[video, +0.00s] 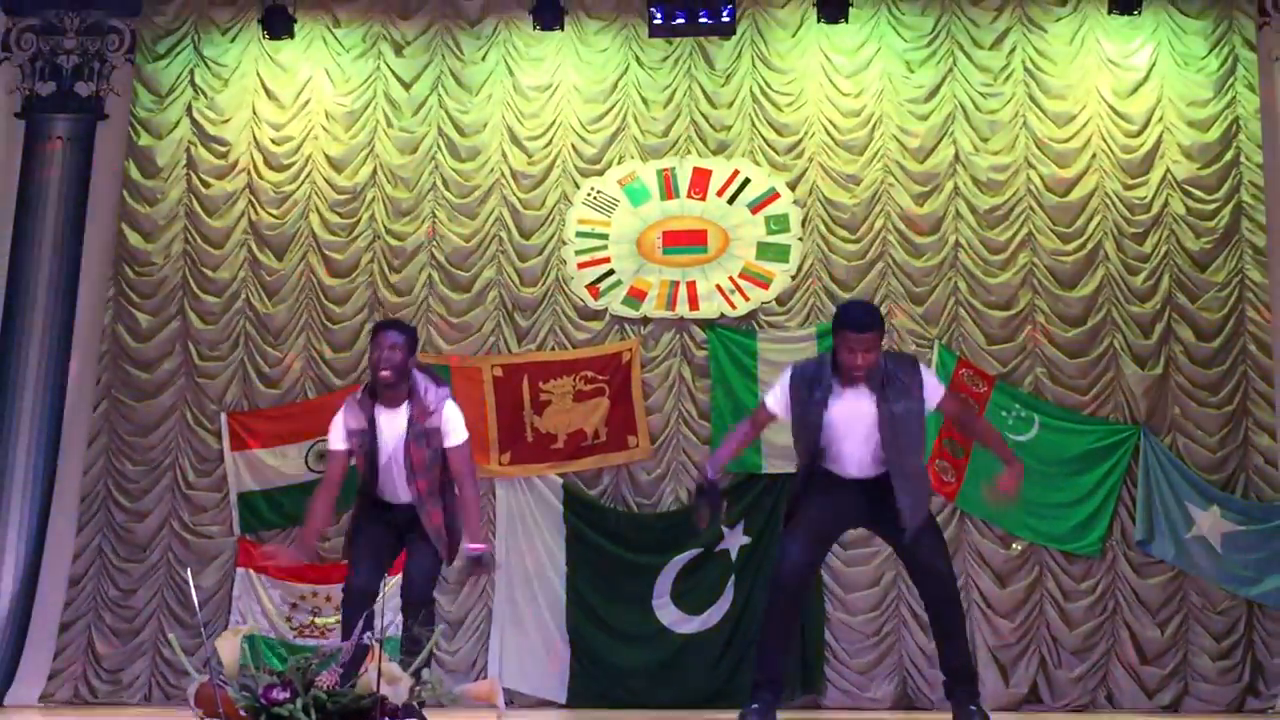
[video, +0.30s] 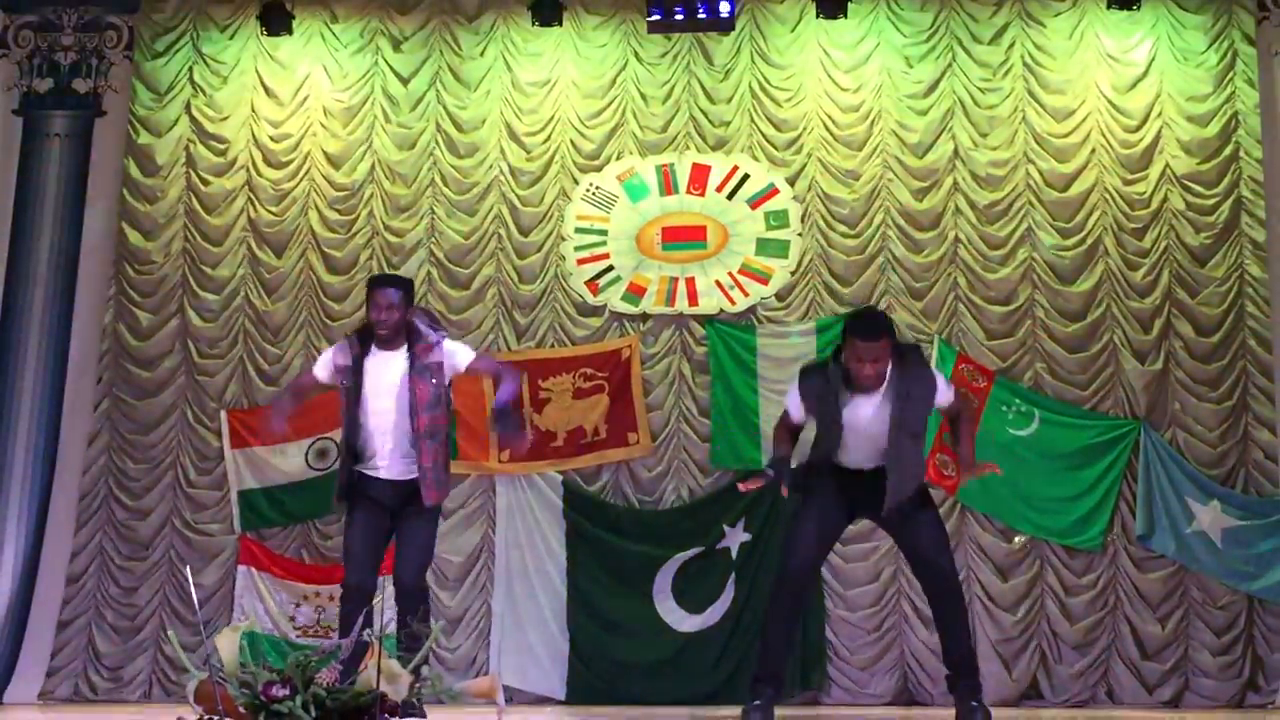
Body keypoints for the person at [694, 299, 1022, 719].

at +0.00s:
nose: (859, 360)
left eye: (868, 350)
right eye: (850, 350)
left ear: (881, 346)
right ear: (834, 344)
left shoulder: (909, 376)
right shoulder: (803, 379)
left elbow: (964, 415)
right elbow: (753, 424)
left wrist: (1011, 460)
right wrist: (713, 468)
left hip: (894, 493)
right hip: (826, 492)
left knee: (941, 585)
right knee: (788, 576)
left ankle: (965, 700)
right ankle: (764, 699)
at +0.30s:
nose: (869, 370)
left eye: (878, 361)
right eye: (860, 360)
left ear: (891, 354)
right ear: (843, 353)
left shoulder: (916, 377)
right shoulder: (816, 382)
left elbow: (961, 408)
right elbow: (788, 426)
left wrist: (966, 462)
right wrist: (778, 466)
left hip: (896, 485)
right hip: (830, 484)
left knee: (943, 578)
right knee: (794, 572)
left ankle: (968, 697)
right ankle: (764, 695)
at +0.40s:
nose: (877, 414)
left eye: (886, 404)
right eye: (867, 404)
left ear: (899, 400)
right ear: (851, 400)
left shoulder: (923, 416)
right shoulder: (823, 425)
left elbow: (964, 439)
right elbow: (791, 464)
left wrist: (985, 499)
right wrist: (783, 510)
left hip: (905, 507)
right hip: (840, 509)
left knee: (951, 591)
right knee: (799, 586)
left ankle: (974, 702)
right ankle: (769, 704)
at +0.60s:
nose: (877, 458)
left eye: (886, 449)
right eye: (867, 448)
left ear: (901, 444)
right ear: (852, 444)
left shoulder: (930, 457)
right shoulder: (822, 459)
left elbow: (984, 475)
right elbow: (772, 498)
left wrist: (1034, 524)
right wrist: (745, 555)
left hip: (907, 522)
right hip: (840, 523)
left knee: (958, 594)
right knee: (803, 587)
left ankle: (984, 706)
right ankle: (780, 704)